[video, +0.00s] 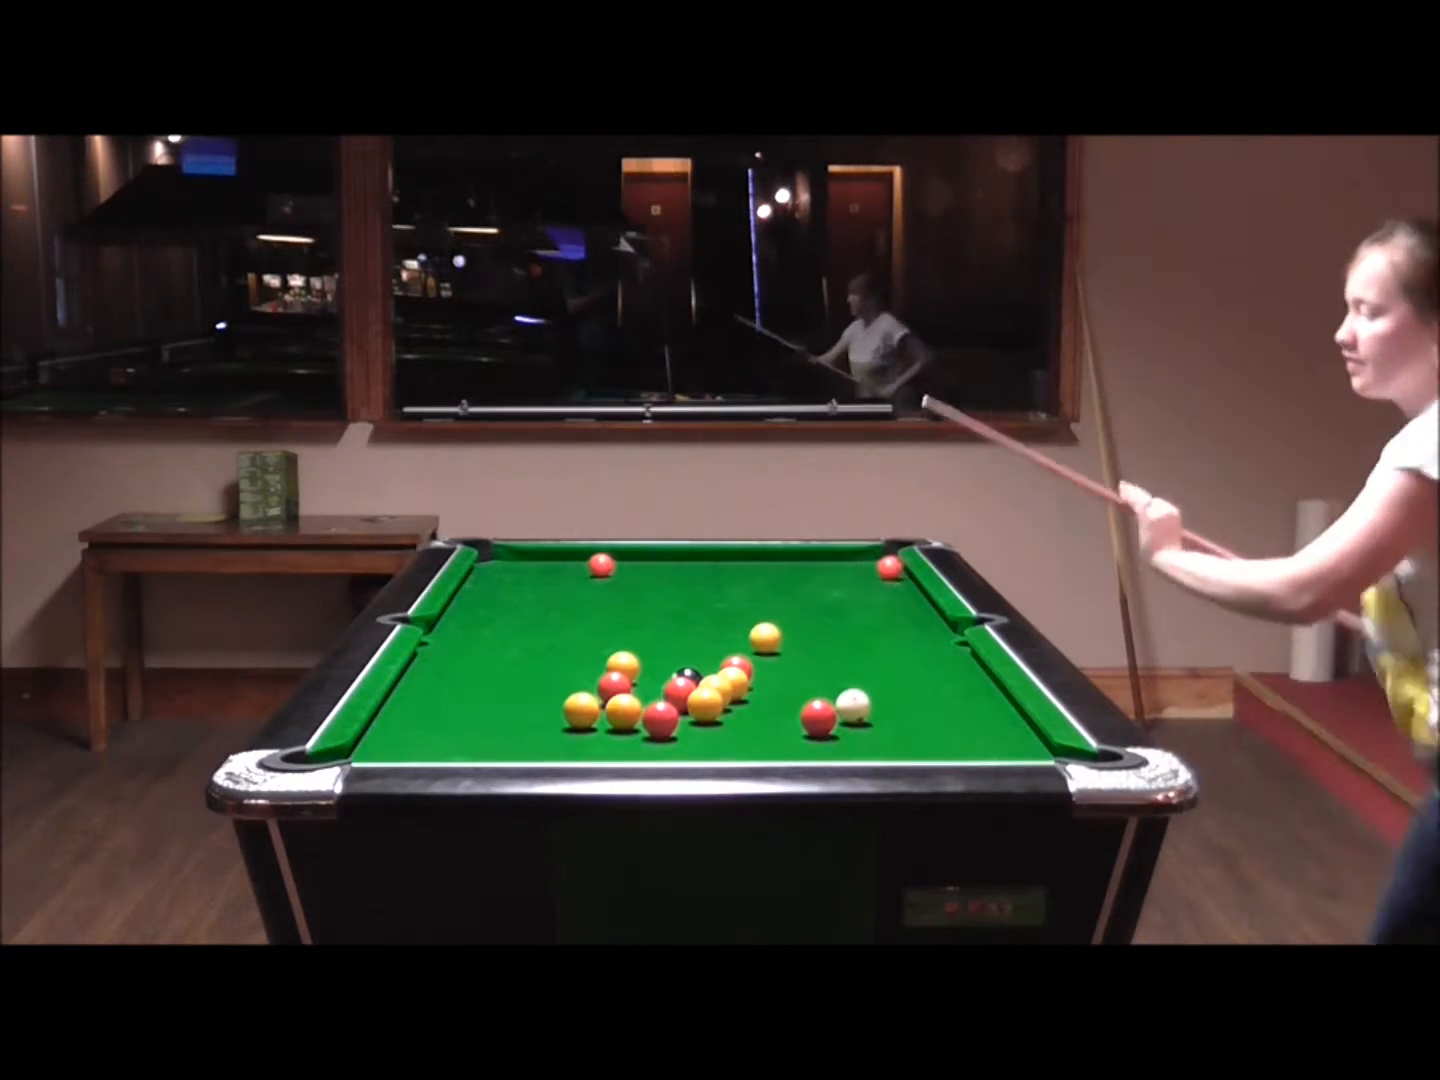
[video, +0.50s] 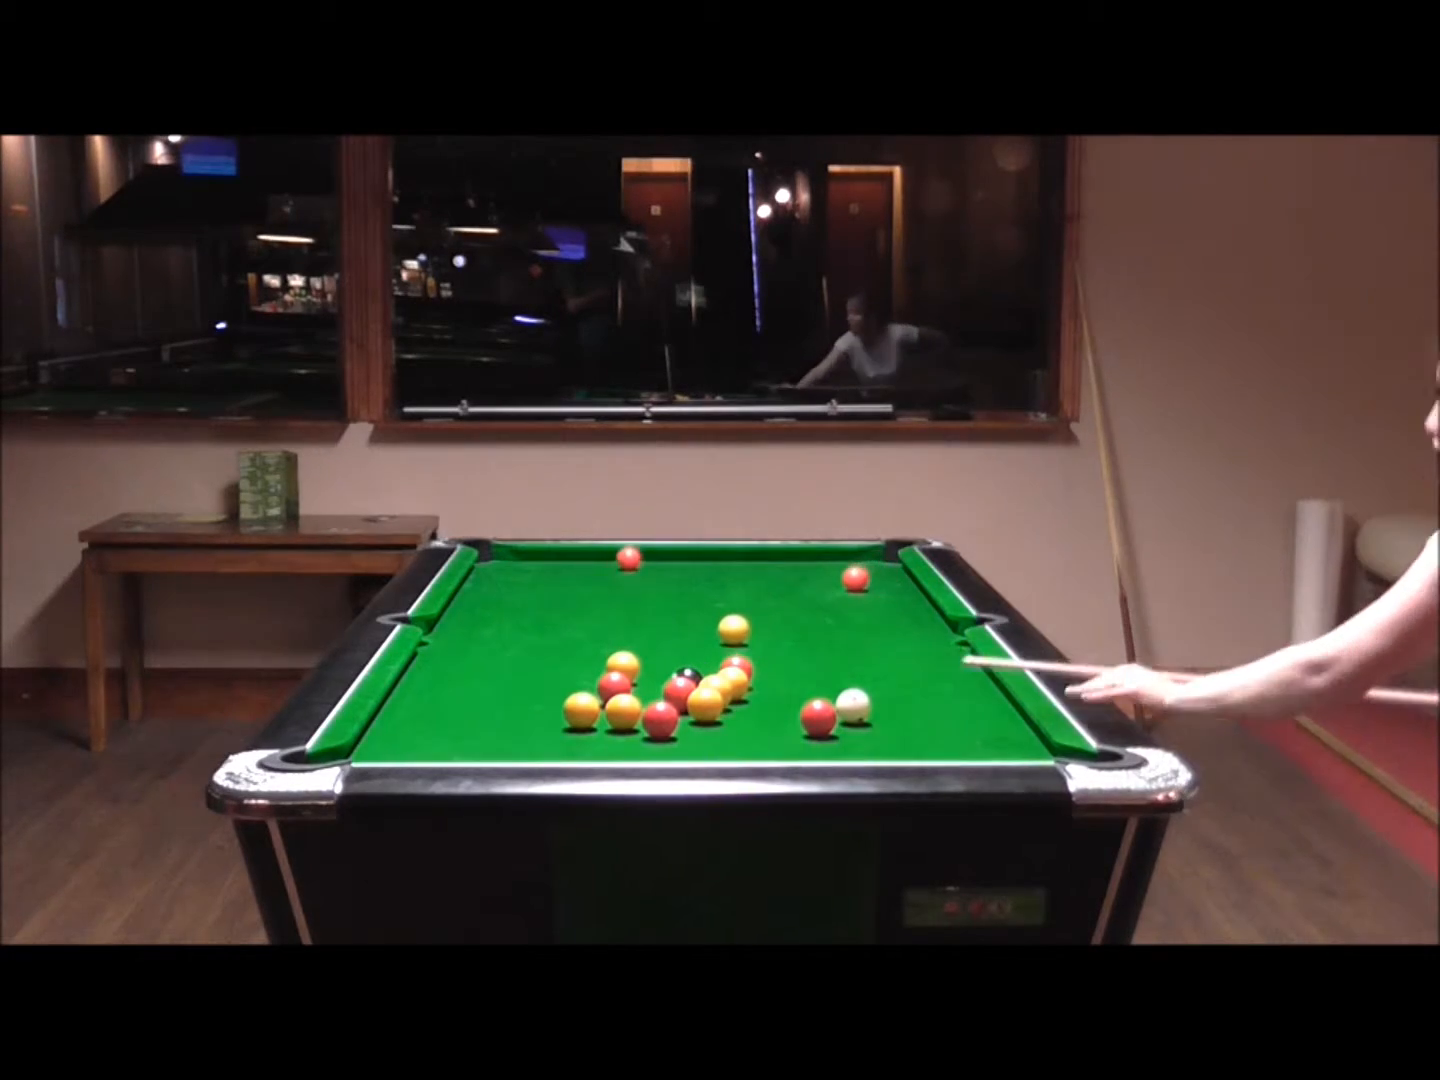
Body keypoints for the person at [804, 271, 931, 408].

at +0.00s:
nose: (848, 300)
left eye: (853, 296)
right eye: (849, 296)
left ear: (869, 299)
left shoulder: (888, 324)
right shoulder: (854, 327)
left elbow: (923, 357)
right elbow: (828, 358)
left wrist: (893, 387)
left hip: (888, 405)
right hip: (861, 403)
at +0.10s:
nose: (844, 300)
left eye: (850, 295)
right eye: (845, 295)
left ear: (866, 299)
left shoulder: (889, 324)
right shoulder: (849, 327)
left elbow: (928, 352)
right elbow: (822, 361)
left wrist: (905, 386)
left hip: (887, 400)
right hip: (856, 400)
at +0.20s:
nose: (845, 299)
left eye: (851, 294)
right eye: (845, 294)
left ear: (867, 297)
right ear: (844, 297)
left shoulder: (892, 322)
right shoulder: (847, 326)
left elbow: (931, 345)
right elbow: (824, 360)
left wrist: (912, 384)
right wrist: (801, 371)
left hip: (889, 395)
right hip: (857, 394)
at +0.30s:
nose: (848, 301)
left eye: (854, 296)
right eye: (847, 296)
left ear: (869, 299)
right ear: (845, 298)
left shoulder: (895, 323)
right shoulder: (847, 328)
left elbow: (935, 340)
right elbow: (823, 364)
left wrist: (924, 383)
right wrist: (800, 382)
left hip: (894, 395)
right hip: (859, 396)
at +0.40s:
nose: (848, 307)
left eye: (854, 302)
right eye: (847, 302)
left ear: (870, 305)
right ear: (847, 305)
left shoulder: (895, 325)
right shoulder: (848, 332)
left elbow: (935, 336)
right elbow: (825, 364)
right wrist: (801, 384)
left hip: (894, 387)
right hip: (860, 388)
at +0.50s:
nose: (850, 319)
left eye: (856, 314)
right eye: (849, 313)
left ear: (871, 316)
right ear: (848, 315)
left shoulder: (896, 333)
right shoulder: (848, 342)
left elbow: (935, 336)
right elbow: (823, 370)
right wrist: (798, 390)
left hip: (899, 397)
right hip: (867, 399)